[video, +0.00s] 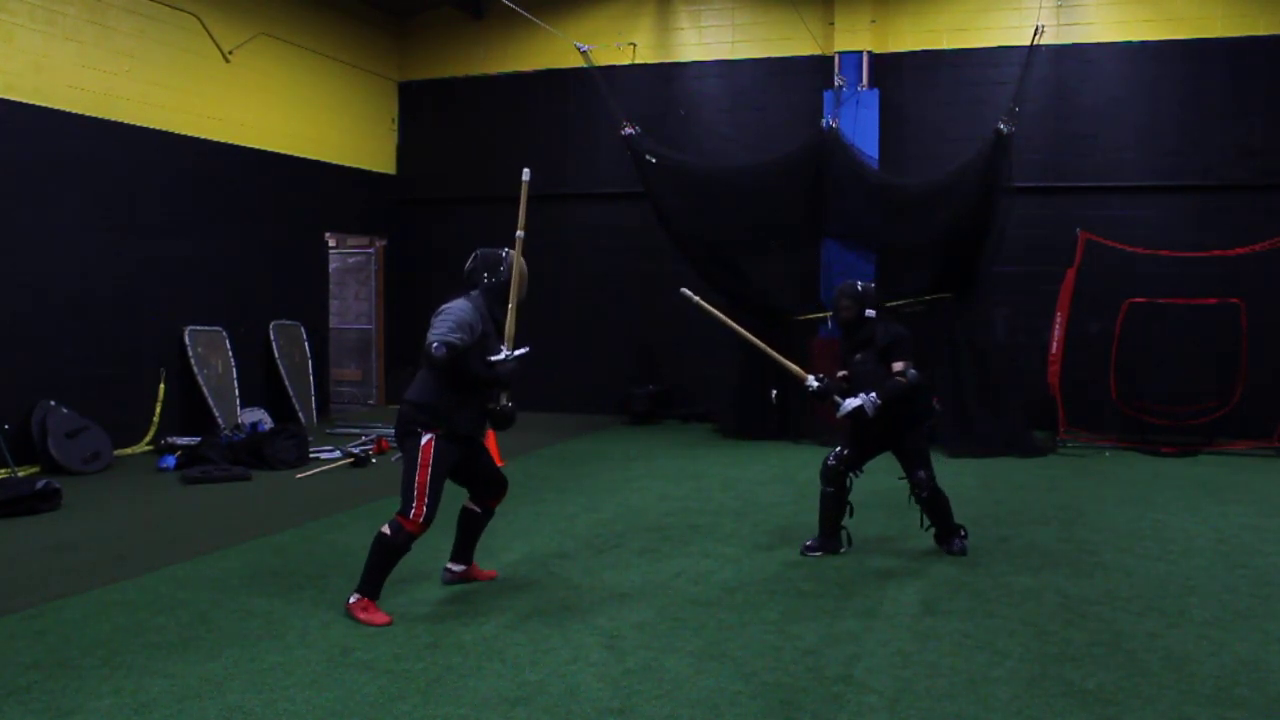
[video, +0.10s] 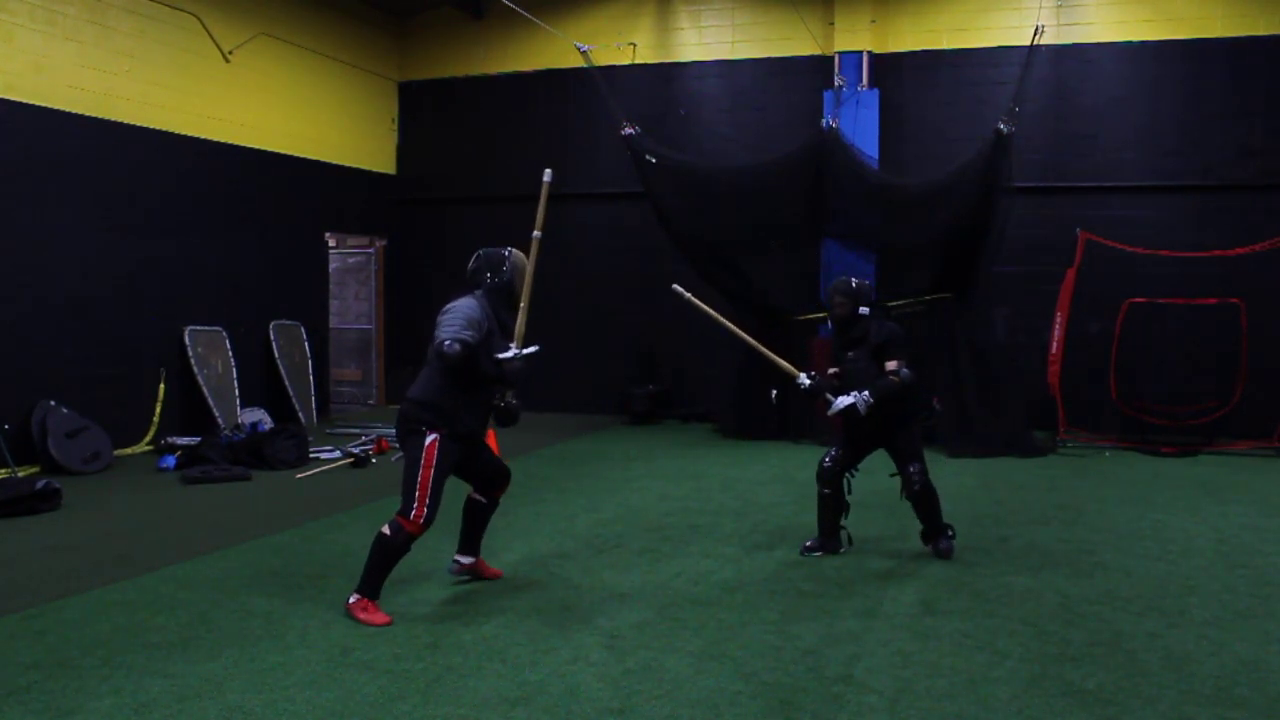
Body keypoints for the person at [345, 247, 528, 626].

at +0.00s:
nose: (515, 291)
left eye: (515, 283)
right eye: (511, 282)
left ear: (487, 279)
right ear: (493, 281)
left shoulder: (488, 321)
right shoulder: (461, 311)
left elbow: (473, 380)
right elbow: (440, 355)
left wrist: (494, 408)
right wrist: (493, 369)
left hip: (455, 428)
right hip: (426, 426)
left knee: (492, 486)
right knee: (415, 515)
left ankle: (460, 565)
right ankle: (362, 597)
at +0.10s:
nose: (521, 289)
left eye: (521, 281)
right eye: (517, 281)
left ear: (491, 278)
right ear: (499, 279)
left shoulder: (496, 320)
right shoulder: (467, 309)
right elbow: (453, 354)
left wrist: (501, 401)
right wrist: (500, 367)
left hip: (456, 425)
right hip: (429, 423)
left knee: (494, 476)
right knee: (416, 516)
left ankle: (467, 559)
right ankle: (362, 597)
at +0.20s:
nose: (527, 284)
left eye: (526, 277)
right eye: (523, 276)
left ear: (490, 274)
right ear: (508, 275)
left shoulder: (499, 312)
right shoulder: (481, 304)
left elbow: (505, 374)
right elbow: (502, 349)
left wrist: (539, 392)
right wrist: (545, 352)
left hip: (459, 425)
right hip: (438, 424)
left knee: (494, 479)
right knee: (417, 513)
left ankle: (483, 565)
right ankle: (363, 596)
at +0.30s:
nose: (535, 281)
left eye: (534, 274)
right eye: (532, 273)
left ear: (496, 273)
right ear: (518, 273)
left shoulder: (497, 311)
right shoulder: (503, 298)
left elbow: (535, 366)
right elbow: (560, 329)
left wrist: (580, 372)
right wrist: (619, 341)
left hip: (470, 419)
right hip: (454, 417)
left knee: (503, 483)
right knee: (445, 511)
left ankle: (483, 566)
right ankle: (376, 584)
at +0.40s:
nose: (552, 272)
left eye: (550, 266)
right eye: (549, 265)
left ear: (510, 265)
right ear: (539, 266)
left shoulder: (499, 297)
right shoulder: (530, 292)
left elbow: (554, 338)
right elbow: (586, 319)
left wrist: (600, 342)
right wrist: (640, 336)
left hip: (478, 407)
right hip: (475, 409)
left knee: (509, 486)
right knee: (499, 499)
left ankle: (484, 566)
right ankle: (426, 561)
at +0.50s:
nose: (572, 268)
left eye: (569, 262)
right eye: (571, 262)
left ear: (530, 256)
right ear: (564, 263)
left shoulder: (508, 283)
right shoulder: (557, 295)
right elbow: (605, 323)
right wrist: (651, 324)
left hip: (472, 400)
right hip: (501, 404)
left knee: (504, 482)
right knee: (549, 483)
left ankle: (485, 564)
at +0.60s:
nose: (594, 267)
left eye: (592, 262)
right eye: (591, 262)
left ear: (555, 254)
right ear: (585, 265)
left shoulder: (531, 271)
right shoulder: (581, 297)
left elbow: (595, 270)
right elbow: (633, 308)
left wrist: (647, 277)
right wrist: (674, 292)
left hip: (487, 398)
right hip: (528, 404)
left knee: (504, 482)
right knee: (582, 480)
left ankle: (485, 564)